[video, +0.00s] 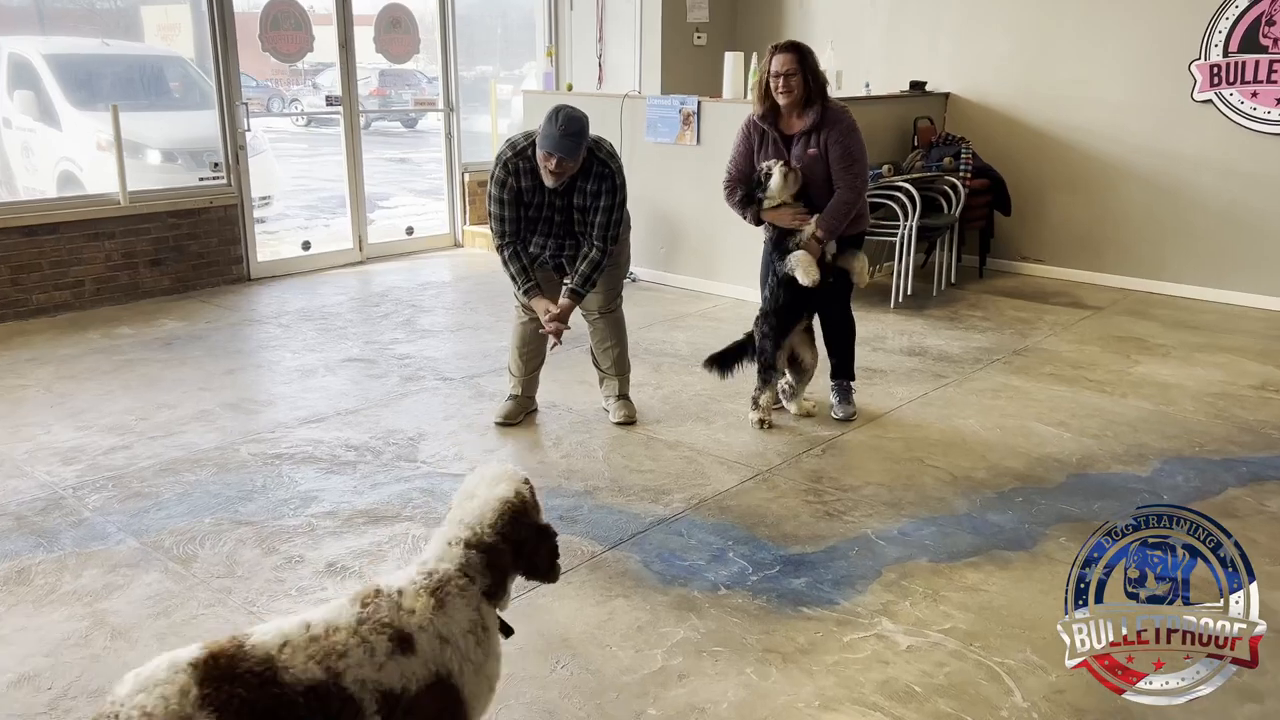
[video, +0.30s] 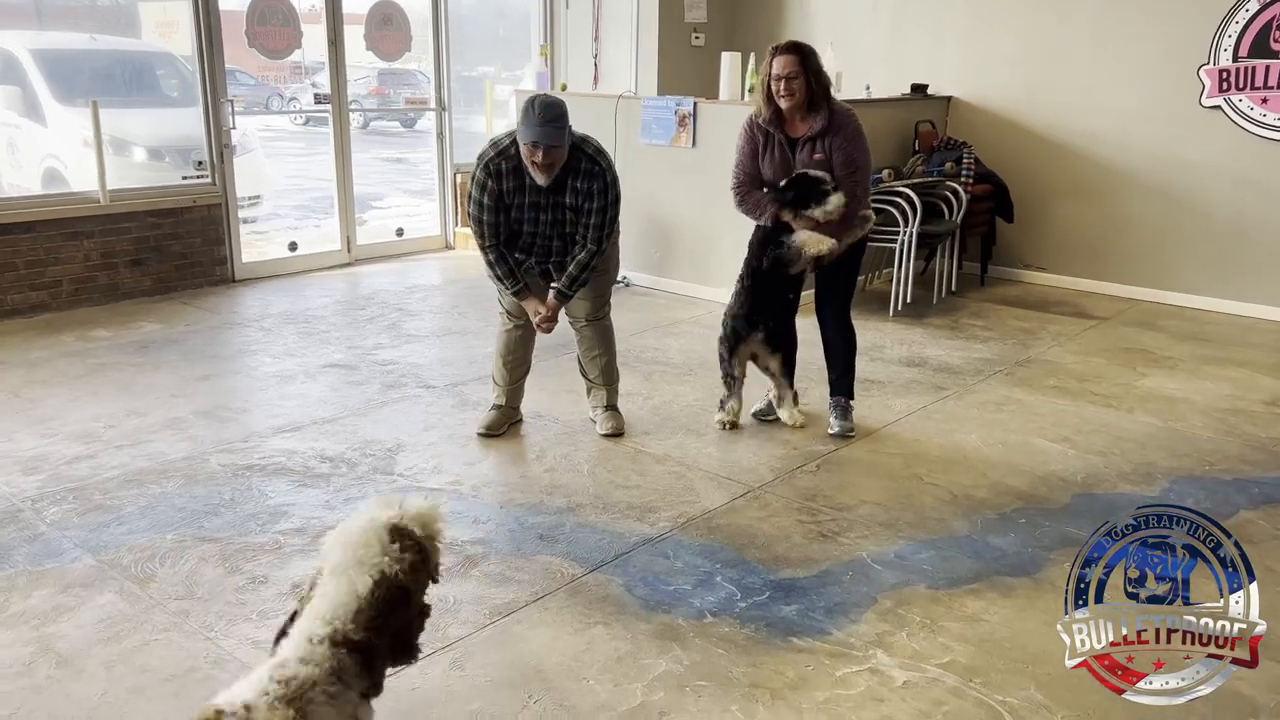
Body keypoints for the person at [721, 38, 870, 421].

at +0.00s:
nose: (781, 82)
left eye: (790, 74)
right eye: (774, 75)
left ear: (807, 77)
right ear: (767, 81)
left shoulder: (836, 121)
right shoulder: (756, 125)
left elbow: (852, 188)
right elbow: (734, 186)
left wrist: (818, 235)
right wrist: (767, 214)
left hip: (838, 233)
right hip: (783, 233)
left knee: (834, 309)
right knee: (781, 310)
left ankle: (842, 385)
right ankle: (790, 373)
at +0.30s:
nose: (783, 85)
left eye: (792, 76)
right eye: (776, 78)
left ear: (811, 79)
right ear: (768, 83)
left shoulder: (841, 123)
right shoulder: (757, 126)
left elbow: (856, 195)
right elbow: (744, 191)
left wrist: (829, 239)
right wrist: (789, 215)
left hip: (841, 228)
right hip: (784, 228)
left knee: (832, 310)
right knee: (778, 310)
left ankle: (841, 402)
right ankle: (782, 394)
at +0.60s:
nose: (786, 98)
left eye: (796, 89)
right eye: (779, 90)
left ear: (815, 92)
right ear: (769, 96)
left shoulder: (848, 139)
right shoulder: (757, 141)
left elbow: (862, 210)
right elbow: (744, 207)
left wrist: (839, 272)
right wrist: (767, 265)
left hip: (843, 245)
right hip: (784, 246)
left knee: (834, 326)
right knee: (781, 321)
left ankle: (839, 419)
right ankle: (780, 406)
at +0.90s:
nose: (792, 125)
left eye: (801, 115)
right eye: (783, 117)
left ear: (820, 116)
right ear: (773, 121)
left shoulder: (856, 154)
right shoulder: (765, 166)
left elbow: (876, 229)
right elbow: (761, 241)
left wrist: (833, 282)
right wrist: (776, 312)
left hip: (855, 260)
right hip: (794, 261)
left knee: (842, 338)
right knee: (782, 340)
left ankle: (847, 433)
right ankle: (773, 426)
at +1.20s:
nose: (796, 130)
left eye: (805, 120)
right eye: (787, 122)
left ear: (824, 120)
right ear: (777, 126)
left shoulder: (861, 158)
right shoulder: (767, 172)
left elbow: (896, 226)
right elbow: (763, 247)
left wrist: (837, 257)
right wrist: (780, 318)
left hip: (861, 268)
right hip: (798, 266)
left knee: (843, 350)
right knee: (791, 346)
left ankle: (848, 446)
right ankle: (786, 428)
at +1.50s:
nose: (792, 115)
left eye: (802, 104)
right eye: (782, 107)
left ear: (821, 107)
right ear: (770, 113)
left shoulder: (858, 153)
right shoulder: (760, 162)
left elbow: (875, 233)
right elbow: (761, 238)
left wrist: (837, 287)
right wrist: (806, 297)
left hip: (849, 272)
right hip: (787, 272)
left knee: (839, 357)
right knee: (776, 350)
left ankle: (841, 451)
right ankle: (777, 432)